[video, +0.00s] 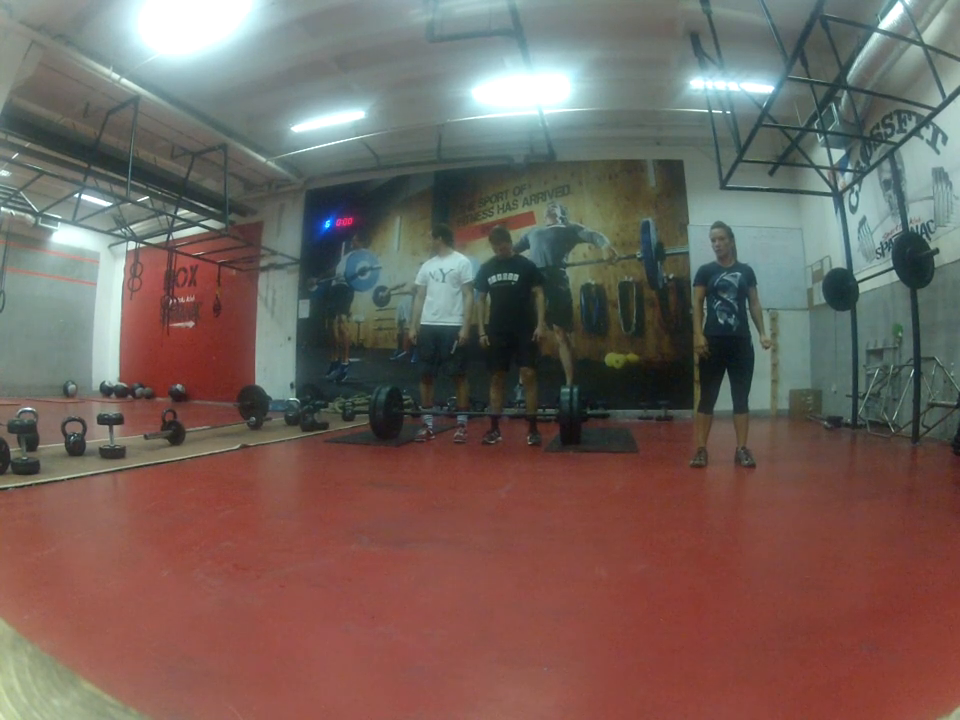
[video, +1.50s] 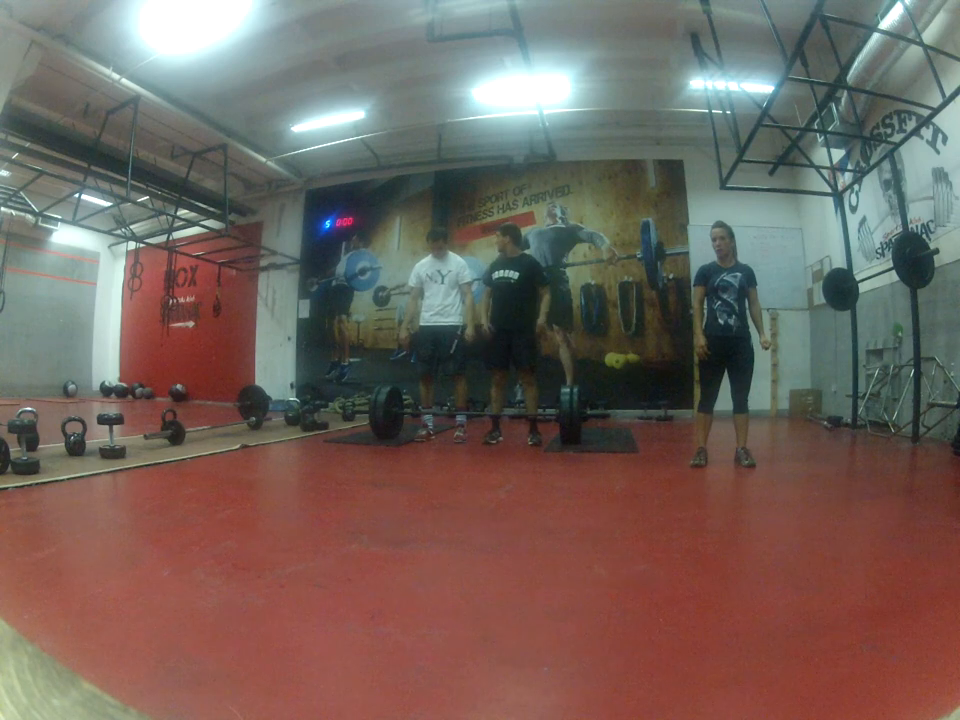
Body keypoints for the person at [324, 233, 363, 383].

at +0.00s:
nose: (354, 243)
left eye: (356, 241)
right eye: (353, 241)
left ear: (362, 243)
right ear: (353, 242)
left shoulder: (362, 256)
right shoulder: (348, 256)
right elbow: (336, 272)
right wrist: (318, 279)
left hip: (346, 289)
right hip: (335, 288)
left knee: (342, 325)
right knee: (333, 326)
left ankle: (345, 363)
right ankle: (335, 361)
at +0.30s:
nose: (353, 243)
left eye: (356, 241)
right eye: (353, 240)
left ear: (361, 242)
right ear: (354, 242)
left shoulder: (361, 256)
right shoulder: (349, 256)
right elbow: (336, 272)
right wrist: (318, 279)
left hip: (346, 289)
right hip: (335, 288)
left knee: (342, 325)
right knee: (334, 326)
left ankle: (345, 363)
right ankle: (336, 361)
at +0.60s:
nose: (353, 243)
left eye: (356, 241)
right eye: (353, 241)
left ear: (361, 242)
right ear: (353, 242)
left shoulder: (360, 256)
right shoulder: (349, 256)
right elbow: (336, 272)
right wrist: (318, 279)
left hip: (346, 288)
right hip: (335, 288)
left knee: (342, 324)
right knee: (333, 325)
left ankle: (345, 363)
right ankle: (335, 361)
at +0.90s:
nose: (353, 243)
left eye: (355, 241)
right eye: (353, 241)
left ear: (360, 242)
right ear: (354, 242)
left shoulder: (361, 256)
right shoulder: (349, 256)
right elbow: (337, 272)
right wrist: (319, 279)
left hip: (345, 288)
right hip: (335, 288)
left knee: (342, 324)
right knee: (333, 325)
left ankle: (345, 362)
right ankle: (335, 361)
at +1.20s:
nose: (353, 243)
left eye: (356, 241)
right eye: (353, 241)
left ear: (362, 243)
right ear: (351, 242)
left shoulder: (361, 257)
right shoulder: (347, 257)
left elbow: (363, 274)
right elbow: (336, 272)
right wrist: (319, 280)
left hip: (346, 288)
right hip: (336, 288)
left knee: (342, 324)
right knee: (334, 325)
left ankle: (345, 362)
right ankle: (335, 361)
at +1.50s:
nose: (352, 243)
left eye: (354, 241)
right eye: (352, 240)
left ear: (360, 242)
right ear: (353, 242)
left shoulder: (360, 256)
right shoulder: (348, 256)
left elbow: (362, 275)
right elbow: (337, 273)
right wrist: (319, 280)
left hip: (346, 289)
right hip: (336, 288)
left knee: (342, 324)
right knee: (334, 325)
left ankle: (345, 362)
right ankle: (335, 360)